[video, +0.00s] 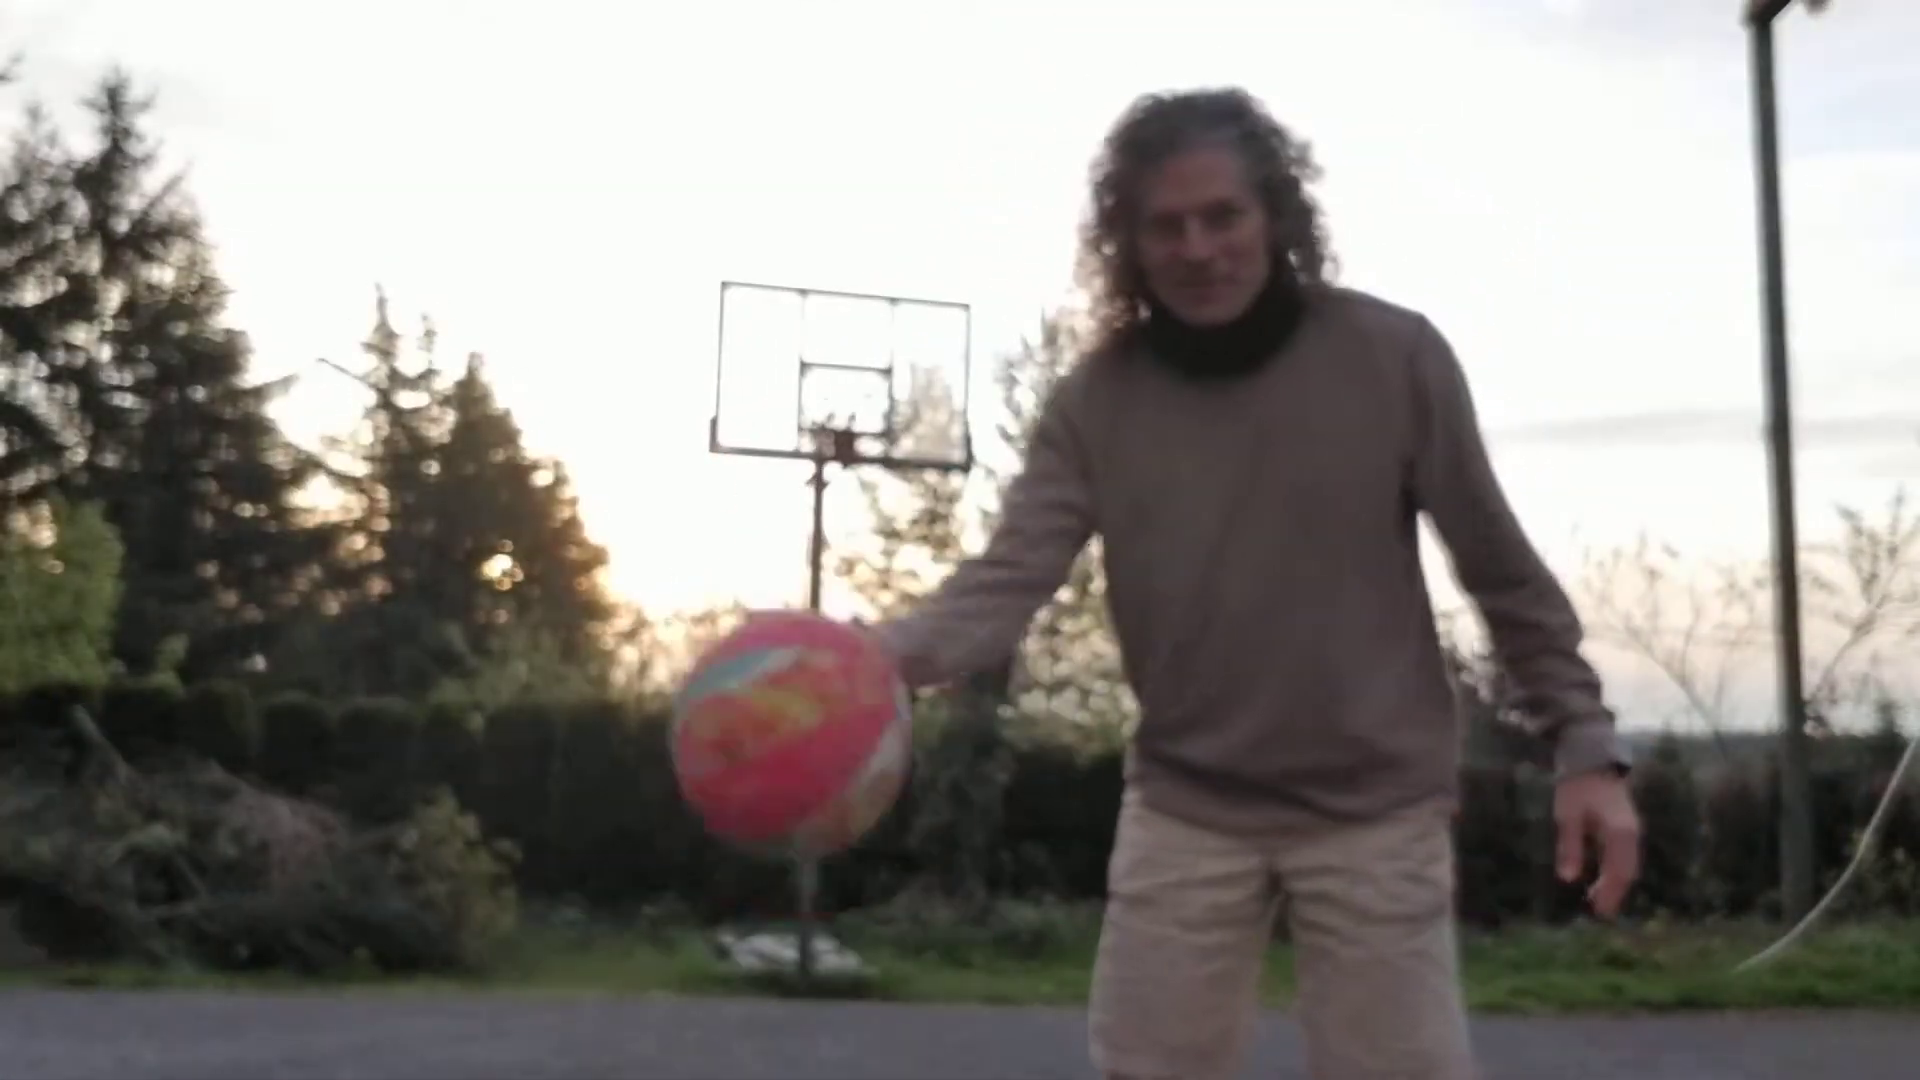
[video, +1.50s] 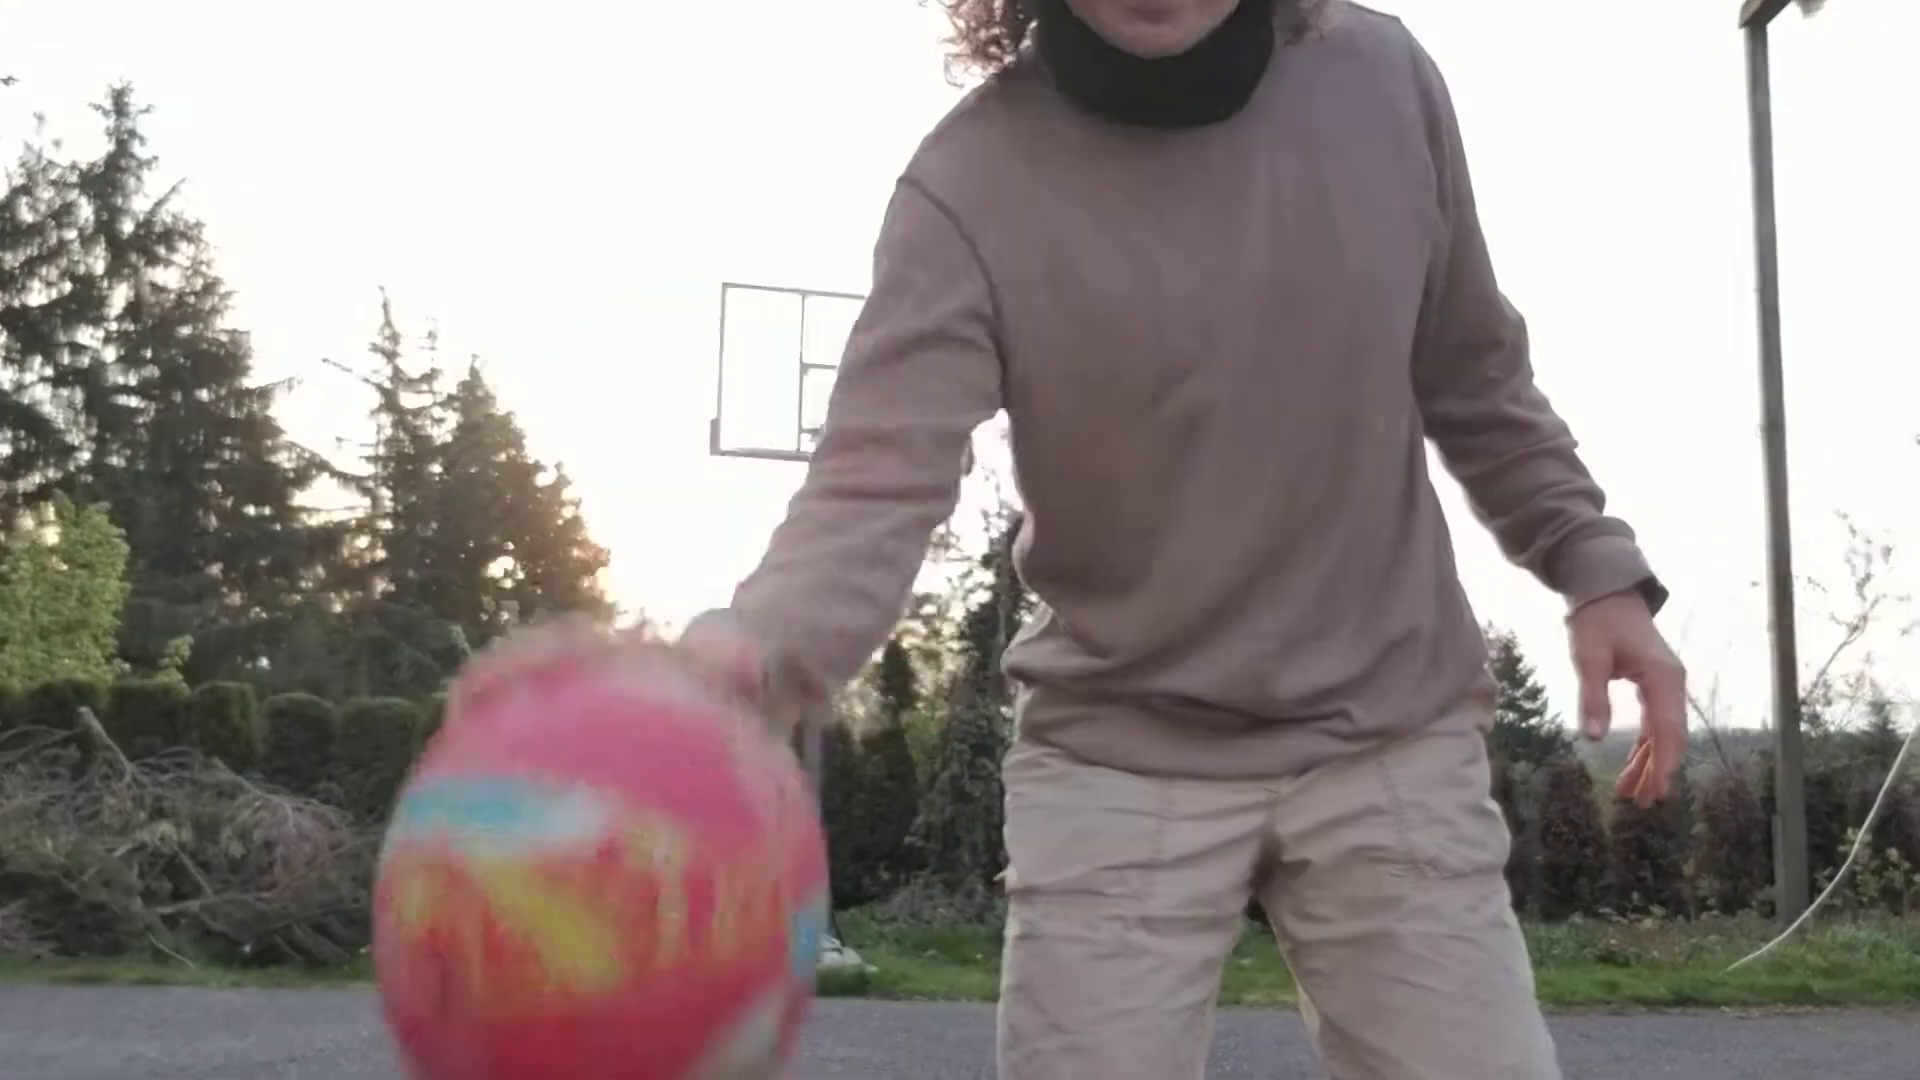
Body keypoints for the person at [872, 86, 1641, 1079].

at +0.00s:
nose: (1199, 251)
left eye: (1223, 217)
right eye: (1167, 227)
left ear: (1276, 218)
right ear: (1129, 240)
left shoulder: (1393, 360)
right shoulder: (1098, 403)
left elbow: (1503, 572)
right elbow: (1004, 583)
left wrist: (1585, 750)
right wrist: (877, 658)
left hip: (1376, 810)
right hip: (1183, 809)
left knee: (1402, 1067)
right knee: (1150, 1065)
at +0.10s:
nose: (1205, 244)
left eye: (1231, 211)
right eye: (1172, 220)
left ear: (1279, 215)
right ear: (1129, 235)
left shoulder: (1385, 355)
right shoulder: (1091, 400)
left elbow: (1489, 571)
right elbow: (999, 605)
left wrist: (1573, 752)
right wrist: (926, 781)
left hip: (1366, 811)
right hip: (1173, 810)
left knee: (1396, 1061)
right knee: (1134, 1058)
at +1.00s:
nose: (1194, 74)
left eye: (1228, 32)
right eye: (1150, 38)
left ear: (1280, 44)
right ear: (1092, 57)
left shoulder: (1370, 212)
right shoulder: (1033, 272)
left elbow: (1443, 472)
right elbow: (979, 545)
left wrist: (1529, 652)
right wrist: (1029, 713)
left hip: (1358, 763)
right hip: (1127, 770)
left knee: (1428, 1060)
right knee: (1087, 1060)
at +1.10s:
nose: (1184, 39)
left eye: (1220, 2)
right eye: (1142, 4)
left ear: (1273, 14)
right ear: (1084, 22)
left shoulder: (1379, 185)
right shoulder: (1019, 249)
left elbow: (1450, 453)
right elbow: (977, 504)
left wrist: (1536, 657)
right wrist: (1003, 584)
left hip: (1361, 755)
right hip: (1116, 762)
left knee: (1436, 1060)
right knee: (1089, 1065)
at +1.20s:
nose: (1173, 20)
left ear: (1267, 3)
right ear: (1071, 11)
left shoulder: (1375, 155)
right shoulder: (1006, 229)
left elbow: (1457, 438)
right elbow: (980, 567)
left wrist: (1544, 650)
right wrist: (934, 544)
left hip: (1368, 744)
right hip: (1116, 754)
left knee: (1448, 1063)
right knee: (1075, 1063)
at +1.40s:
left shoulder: (1374, 108)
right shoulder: (977, 188)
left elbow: (1469, 400)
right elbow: (917, 520)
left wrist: (1578, 600)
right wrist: (778, 449)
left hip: (1391, 732)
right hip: (1118, 748)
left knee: (1476, 1055)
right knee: (1087, 1053)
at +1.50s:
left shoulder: (1382, 85)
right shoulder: (971, 182)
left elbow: (1476, 377)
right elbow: (872, 484)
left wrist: (1597, 571)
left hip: (1395, 728)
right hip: (1117, 744)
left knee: (1486, 1060)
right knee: (1085, 1057)